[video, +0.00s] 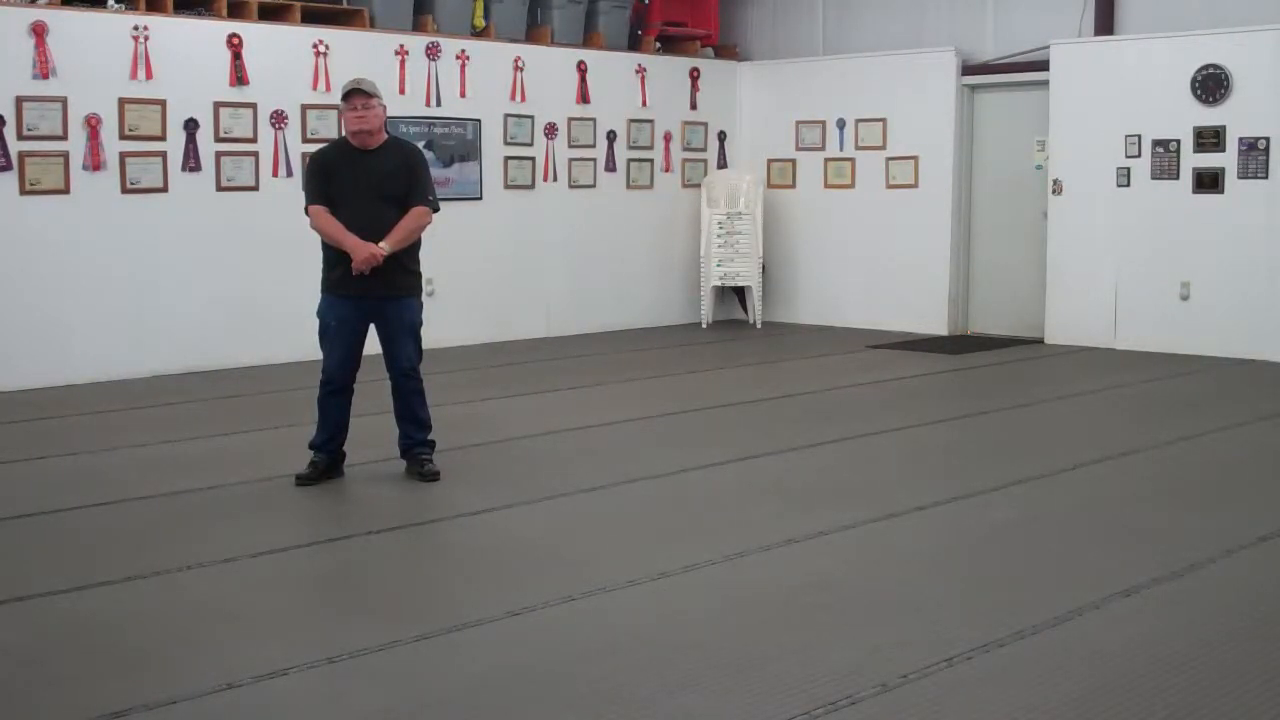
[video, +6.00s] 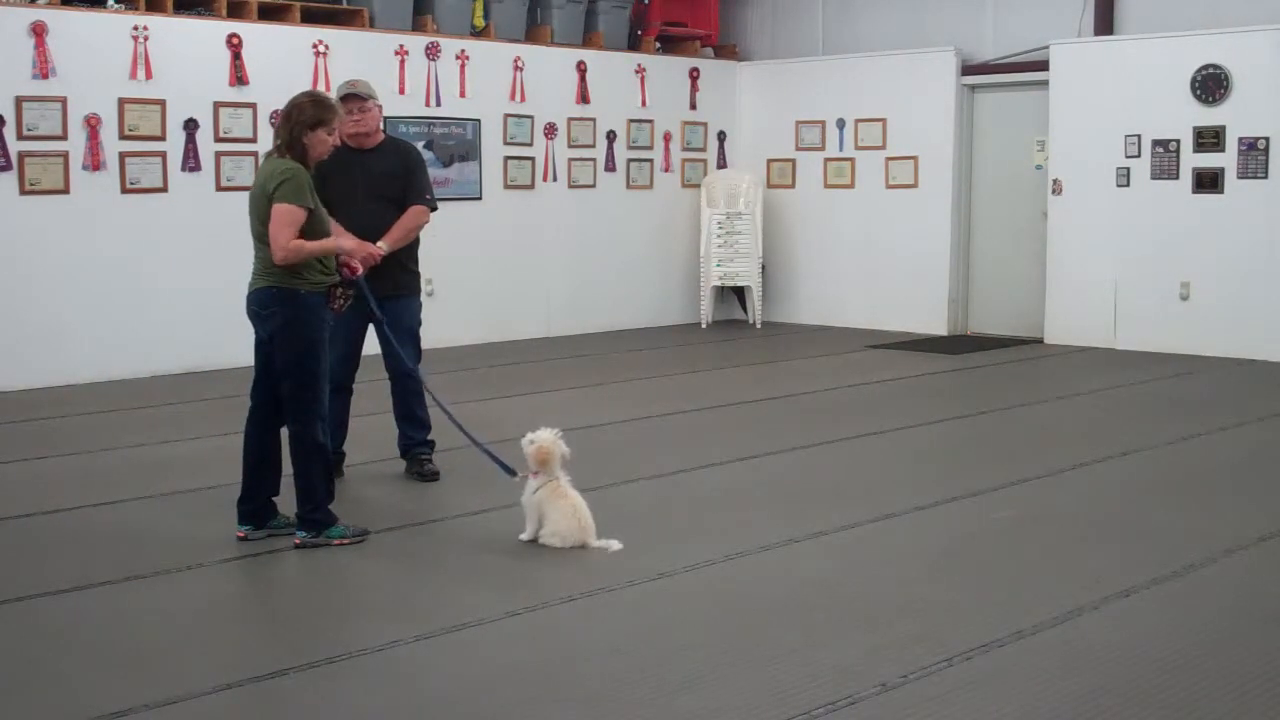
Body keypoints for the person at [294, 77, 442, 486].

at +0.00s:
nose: (359, 114)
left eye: (366, 107)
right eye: (351, 109)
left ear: (383, 112)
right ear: (341, 117)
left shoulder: (408, 155)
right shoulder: (323, 160)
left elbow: (422, 213)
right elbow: (317, 215)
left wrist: (380, 250)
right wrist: (356, 247)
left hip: (398, 286)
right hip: (343, 287)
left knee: (406, 372)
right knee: (335, 375)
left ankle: (419, 452)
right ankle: (327, 455)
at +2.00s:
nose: (357, 116)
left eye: (364, 108)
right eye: (349, 110)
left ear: (380, 112)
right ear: (338, 118)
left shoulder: (406, 155)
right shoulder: (321, 161)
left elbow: (421, 211)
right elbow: (315, 214)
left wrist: (378, 249)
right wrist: (354, 246)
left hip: (397, 288)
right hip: (342, 288)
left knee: (406, 372)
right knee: (335, 375)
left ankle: (419, 451)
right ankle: (327, 455)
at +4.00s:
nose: (358, 116)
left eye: (364, 108)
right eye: (350, 111)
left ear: (380, 112)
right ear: (340, 118)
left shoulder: (405, 154)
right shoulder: (328, 159)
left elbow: (420, 212)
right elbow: (314, 213)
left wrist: (377, 249)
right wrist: (352, 245)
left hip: (396, 287)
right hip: (343, 287)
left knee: (405, 371)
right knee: (334, 374)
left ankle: (418, 452)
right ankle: (327, 453)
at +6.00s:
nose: (358, 117)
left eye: (364, 109)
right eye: (350, 112)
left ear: (379, 112)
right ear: (338, 118)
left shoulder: (404, 153)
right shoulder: (324, 160)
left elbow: (420, 210)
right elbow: (311, 214)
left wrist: (377, 250)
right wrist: (349, 245)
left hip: (396, 283)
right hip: (342, 283)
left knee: (406, 371)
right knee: (335, 376)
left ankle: (418, 450)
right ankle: (330, 455)